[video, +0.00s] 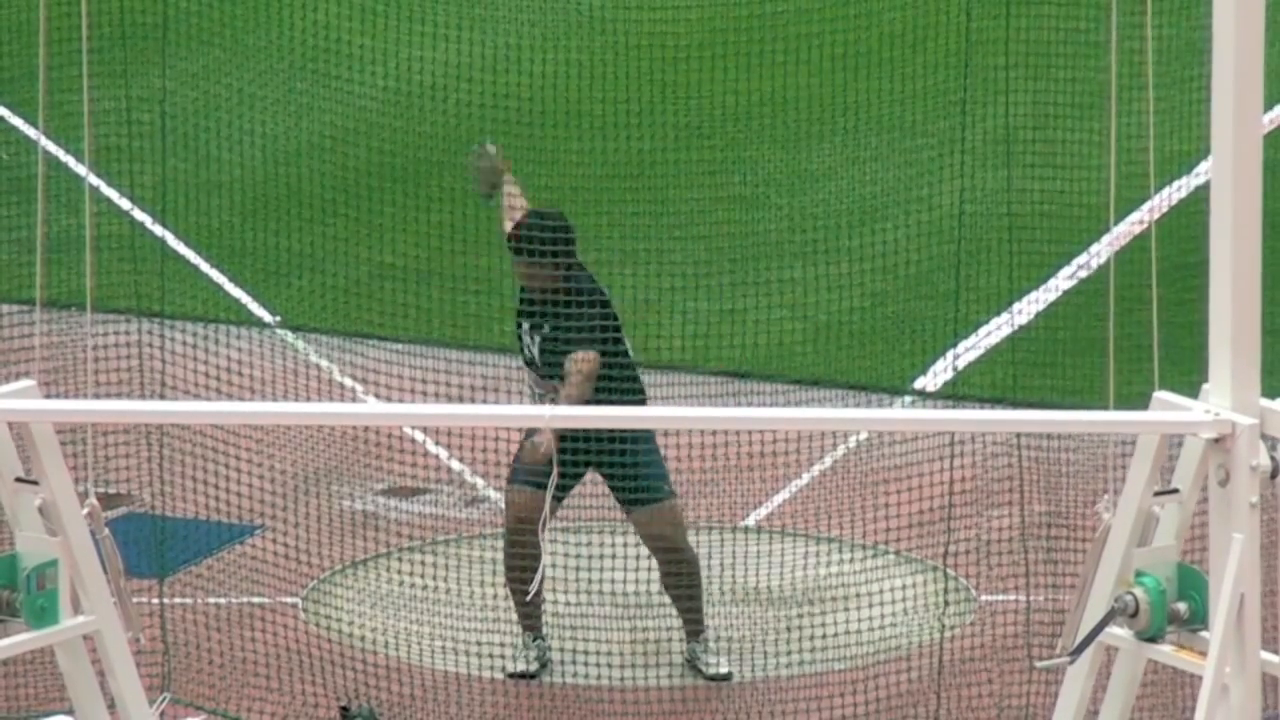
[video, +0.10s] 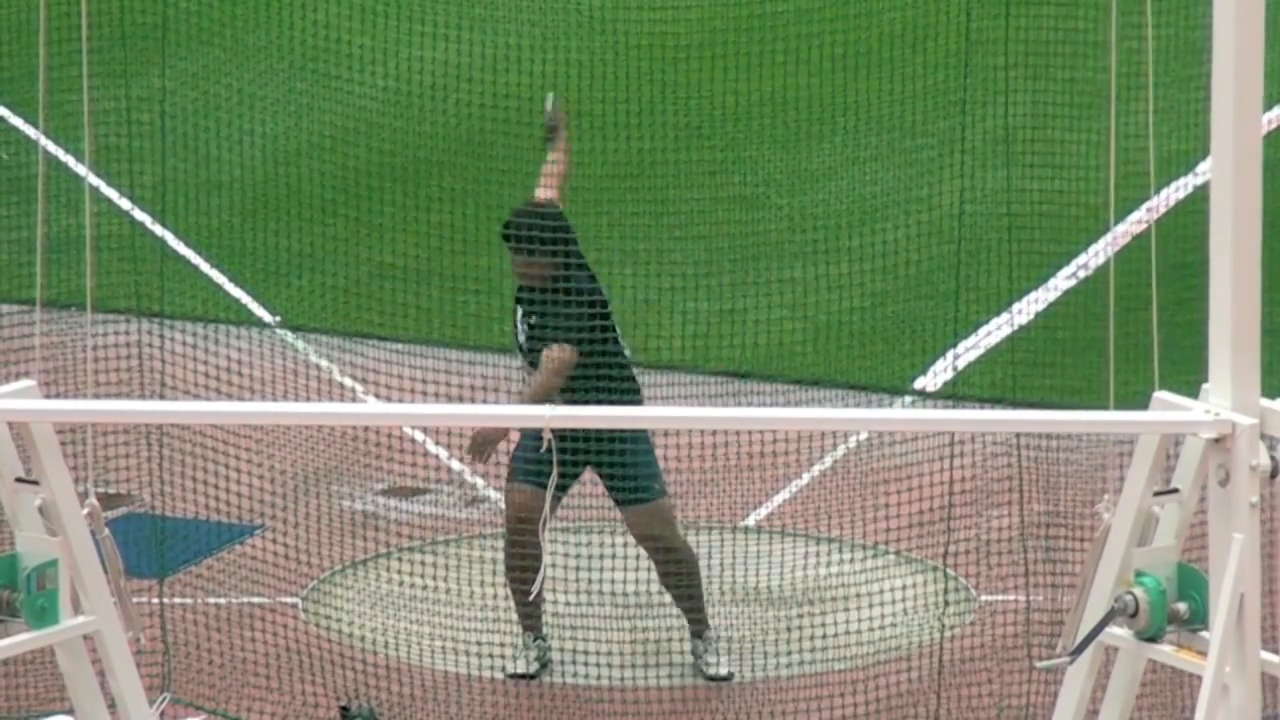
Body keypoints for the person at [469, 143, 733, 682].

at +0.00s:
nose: (523, 270)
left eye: (532, 262)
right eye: (520, 260)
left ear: (557, 262)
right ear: (518, 254)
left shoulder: (585, 300)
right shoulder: (535, 276)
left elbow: (583, 375)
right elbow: (516, 214)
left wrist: (553, 430)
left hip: (617, 428)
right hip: (559, 426)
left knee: (667, 536)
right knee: (519, 517)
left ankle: (698, 641)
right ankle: (532, 638)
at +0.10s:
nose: (523, 269)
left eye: (533, 261)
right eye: (518, 259)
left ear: (556, 257)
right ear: (514, 251)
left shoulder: (572, 296)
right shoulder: (541, 237)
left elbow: (552, 374)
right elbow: (551, 181)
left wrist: (500, 424)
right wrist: (558, 139)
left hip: (613, 422)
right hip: (553, 420)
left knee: (659, 535)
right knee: (519, 517)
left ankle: (702, 636)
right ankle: (532, 640)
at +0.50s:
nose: (561, 270)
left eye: (572, 262)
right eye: (555, 260)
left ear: (589, 263)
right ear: (542, 257)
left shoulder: (600, 308)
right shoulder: (556, 260)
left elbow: (581, 386)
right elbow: (570, 186)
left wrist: (533, 437)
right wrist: (580, 127)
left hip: (633, 417)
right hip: (570, 416)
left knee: (679, 522)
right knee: (532, 517)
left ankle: (707, 633)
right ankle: (537, 640)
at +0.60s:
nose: (602, 272)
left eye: (611, 264)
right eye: (598, 262)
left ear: (626, 266)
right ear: (583, 259)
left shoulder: (639, 311)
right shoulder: (566, 261)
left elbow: (654, 385)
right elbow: (548, 210)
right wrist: (536, 172)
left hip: (632, 419)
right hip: (568, 416)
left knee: (696, 510)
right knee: (532, 515)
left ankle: (698, 640)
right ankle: (537, 641)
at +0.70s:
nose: (677, 259)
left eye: (677, 249)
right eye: (668, 251)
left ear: (665, 255)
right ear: (641, 255)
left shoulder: (682, 301)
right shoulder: (593, 278)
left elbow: (739, 343)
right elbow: (530, 268)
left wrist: (794, 383)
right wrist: (484, 263)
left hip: (641, 433)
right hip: (575, 429)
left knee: (711, 513)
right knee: (535, 532)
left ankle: (694, 647)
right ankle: (538, 643)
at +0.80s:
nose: (709, 260)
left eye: (706, 252)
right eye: (700, 253)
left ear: (684, 258)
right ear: (673, 260)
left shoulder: (712, 295)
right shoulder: (619, 302)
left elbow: (781, 299)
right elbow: (548, 339)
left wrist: (855, 304)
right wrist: (494, 360)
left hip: (643, 450)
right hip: (592, 442)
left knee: (720, 534)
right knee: (575, 537)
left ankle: (715, 658)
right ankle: (517, 622)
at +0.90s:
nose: (714, 269)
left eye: (712, 263)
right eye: (709, 263)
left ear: (672, 265)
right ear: (688, 269)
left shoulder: (685, 299)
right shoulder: (647, 318)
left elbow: (697, 281)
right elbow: (595, 391)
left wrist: (724, 276)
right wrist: (560, 444)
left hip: (654, 450)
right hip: (624, 449)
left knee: (723, 536)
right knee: (690, 528)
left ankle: (714, 655)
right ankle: (578, 567)